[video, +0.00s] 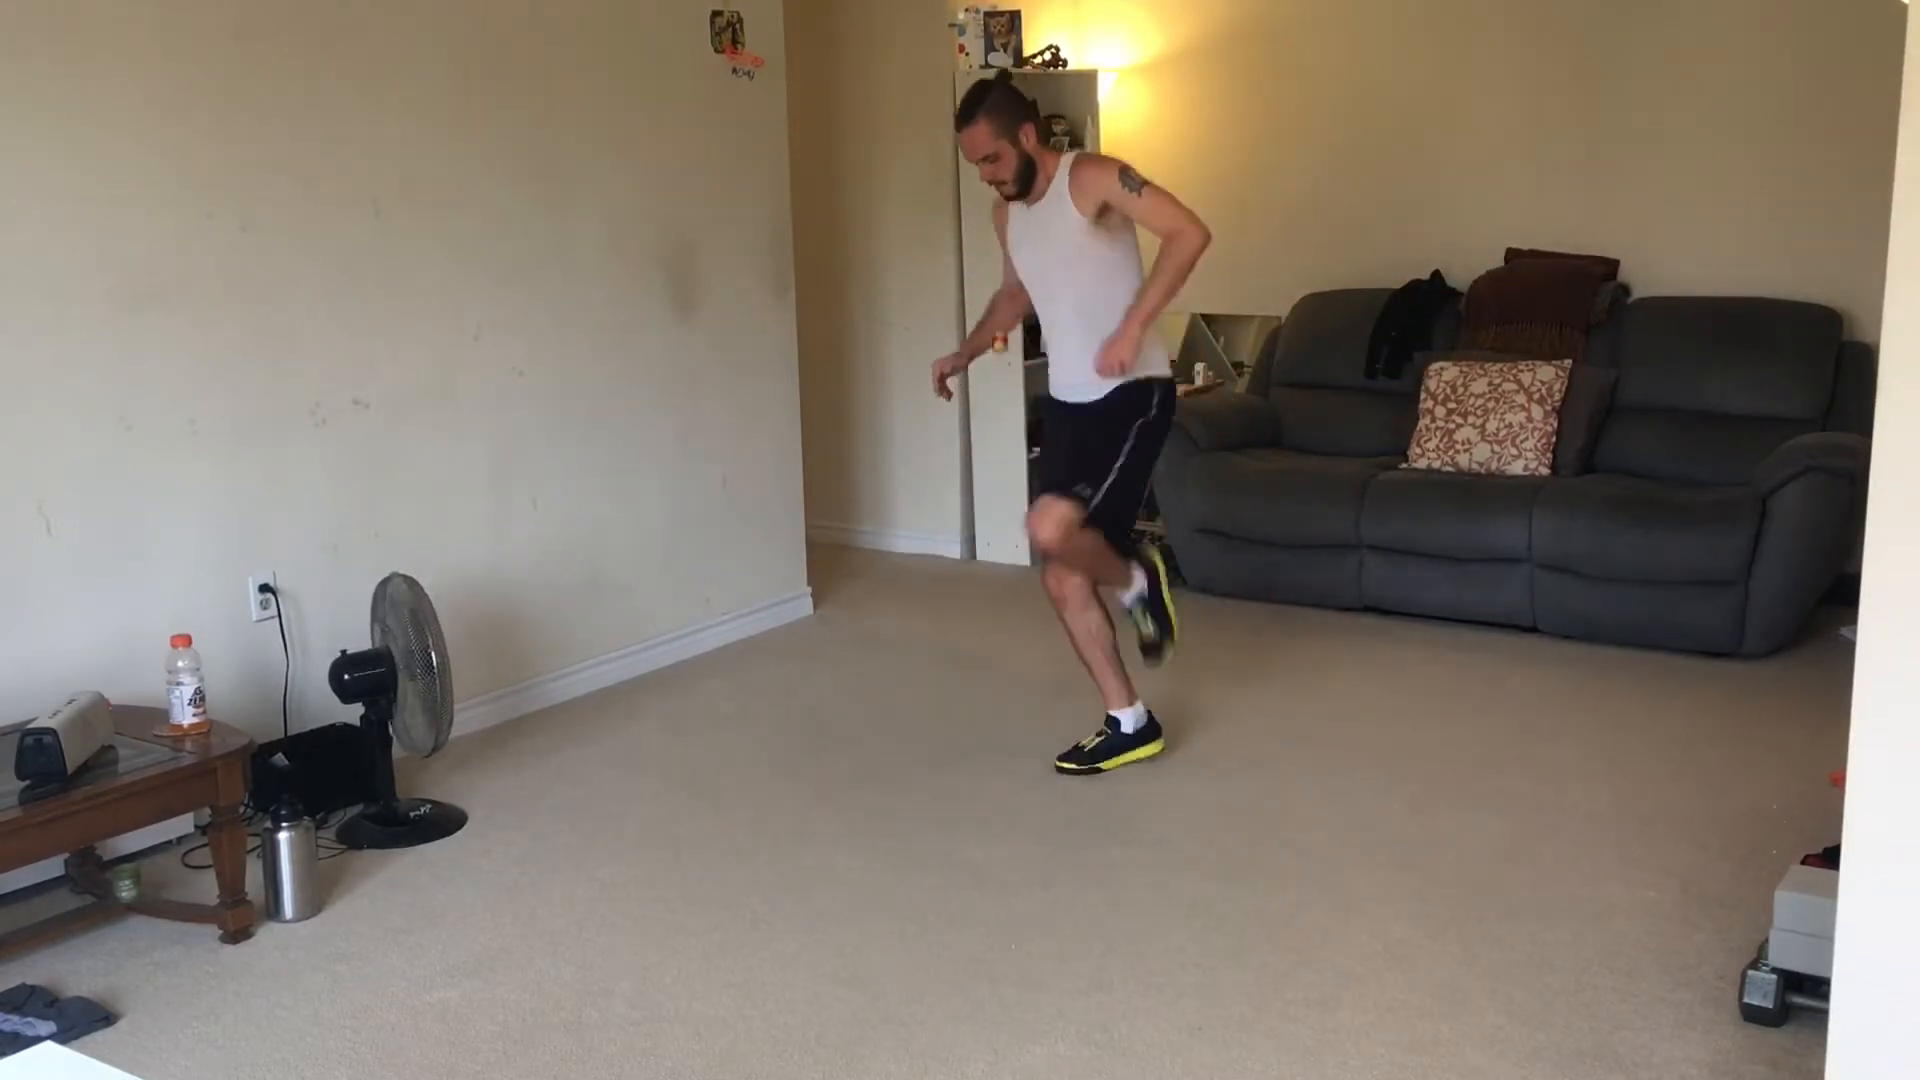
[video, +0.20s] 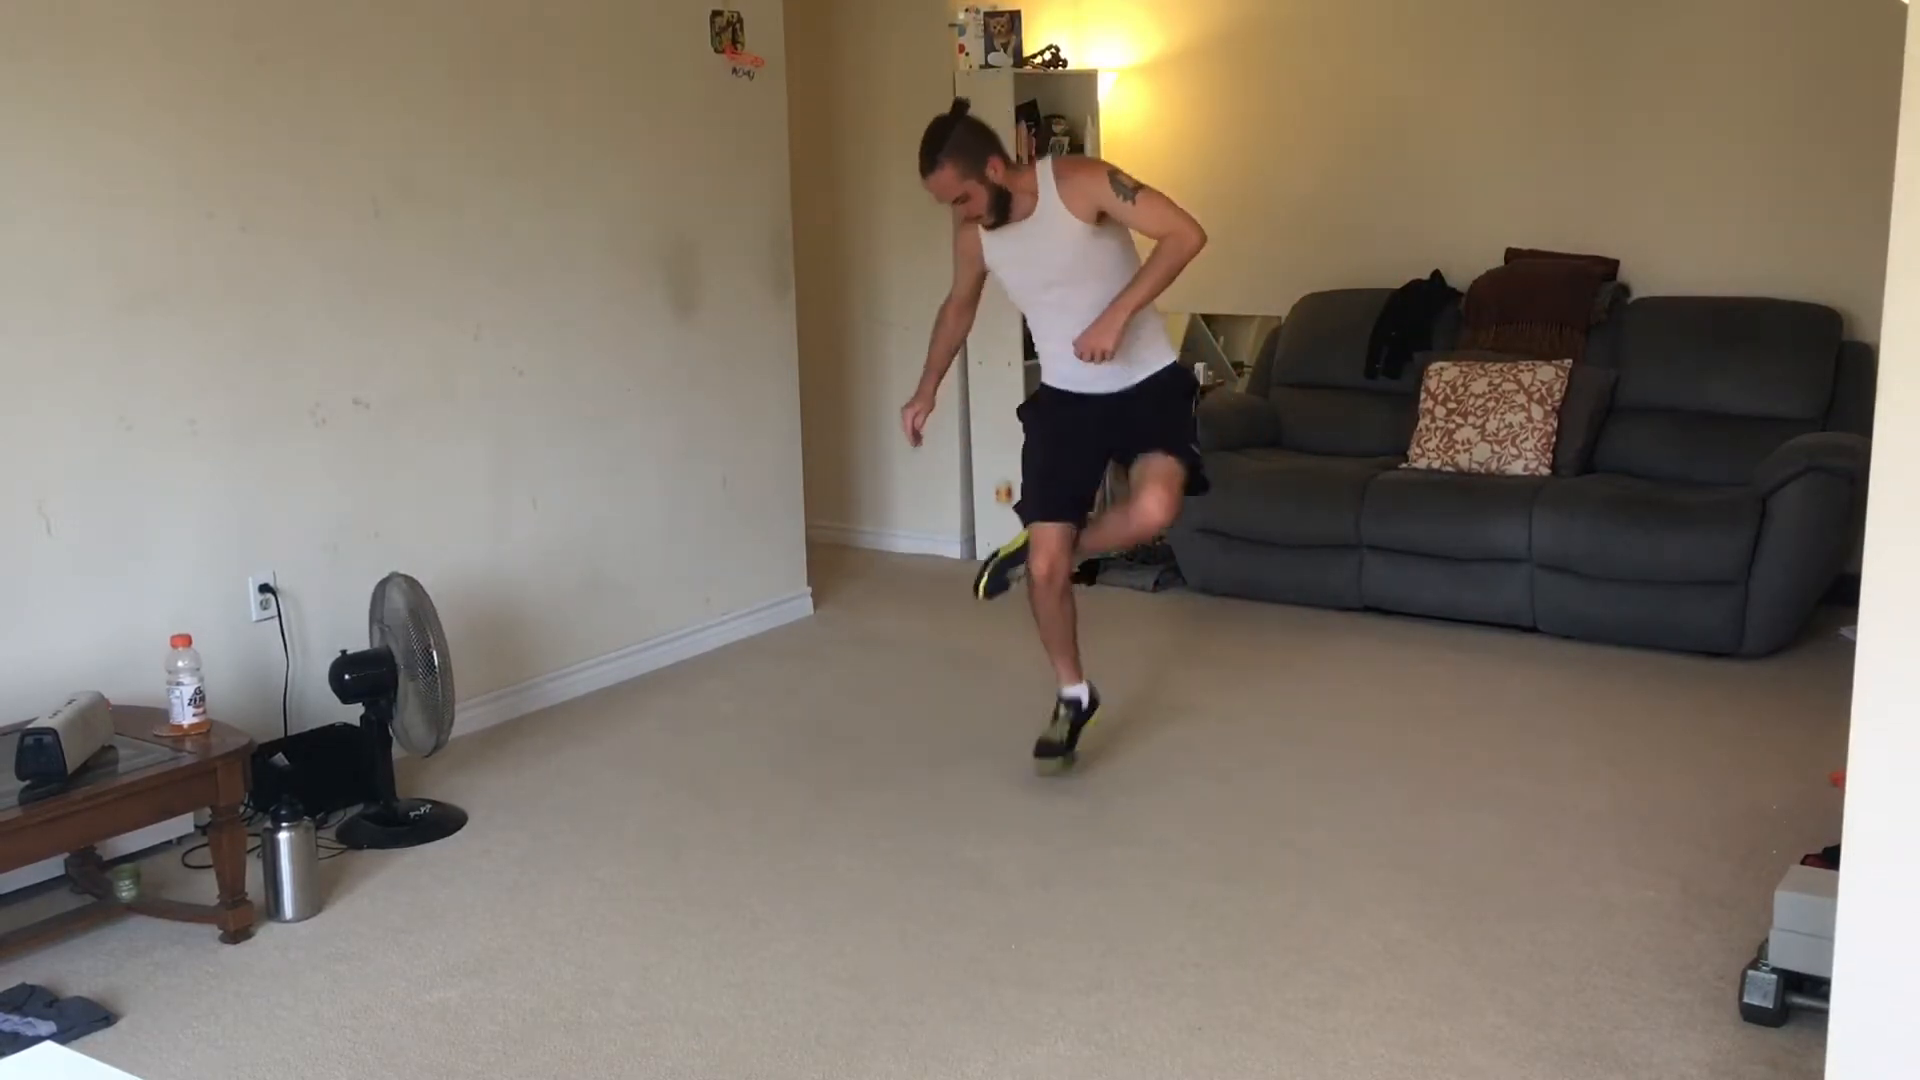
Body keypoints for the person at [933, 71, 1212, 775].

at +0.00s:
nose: (985, 175)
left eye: (991, 158)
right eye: (975, 163)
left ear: (1028, 133)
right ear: (974, 154)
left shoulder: (1093, 178)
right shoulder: (1008, 211)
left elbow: (1188, 233)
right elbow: (1019, 291)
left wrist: (1133, 327)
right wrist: (968, 351)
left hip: (1133, 390)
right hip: (1067, 399)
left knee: (1051, 526)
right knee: (1059, 568)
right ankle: (1129, 720)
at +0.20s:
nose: (960, 213)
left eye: (963, 198)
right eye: (948, 204)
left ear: (996, 166)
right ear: (949, 192)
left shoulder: (1082, 183)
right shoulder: (975, 232)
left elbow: (1187, 235)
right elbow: (959, 307)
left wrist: (1117, 315)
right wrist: (926, 389)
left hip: (1152, 385)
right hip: (1066, 400)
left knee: (1154, 512)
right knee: (1046, 564)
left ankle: (1045, 547)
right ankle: (1073, 695)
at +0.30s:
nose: (962, 264)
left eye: (965, 250)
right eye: (952, 256)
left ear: (996, 216)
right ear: (950, 239)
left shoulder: (1086, 221)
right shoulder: (973, 284)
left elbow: (1192, 253)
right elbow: (935, 360)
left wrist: (1149, 334)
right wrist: (901, 444)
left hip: (1140, 438)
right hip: (1056, 452)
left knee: (1168, 577)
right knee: (1069, 604)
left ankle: (1043, 613)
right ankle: (1081, 741)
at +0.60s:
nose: (982, 229)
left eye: (990, 214)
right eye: (972, 218)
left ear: (1027, 185)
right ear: (965, 202)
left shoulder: (1100, 208)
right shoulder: (975, 262)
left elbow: (1211, 227)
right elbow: (920, 343)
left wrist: (1188, 275)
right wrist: (889, 429)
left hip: (1095, 433)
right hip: (1027, 439)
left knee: (1112, 606)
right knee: (1076, 607)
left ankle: (968, 683)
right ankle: (1082, 737)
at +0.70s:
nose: (978, 186)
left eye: (988, 170)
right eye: (968, 173)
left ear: (1027, 148)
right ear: (961, 162)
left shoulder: (1089, 183)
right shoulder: (963, 225)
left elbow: (1205, 184)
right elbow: (915, 311)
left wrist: (1191, 210)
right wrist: (889, 394)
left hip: (1075, 420)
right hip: (1009, 424)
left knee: (1124, 574)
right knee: (1058, 587)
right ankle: (1075, 735)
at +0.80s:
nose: (958, 162)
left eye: (968, 146)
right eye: (948, 150)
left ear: (1007, 123)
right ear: (944, 140)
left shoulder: (1074, 162)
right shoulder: (946, 204)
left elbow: (1182, 156)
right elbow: (896, 282)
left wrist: (1258, 146)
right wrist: (861, 364)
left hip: (1076, 394)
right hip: (998, 405)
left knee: (1110, 559)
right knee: (1027, 571)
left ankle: (1022, 524)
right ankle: (1021, 721)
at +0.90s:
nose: (929, 191)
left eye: (932, 174)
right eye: (916, 182)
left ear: (966, 143)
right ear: (911, 173)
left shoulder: (1050, 171)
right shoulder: (928, 234)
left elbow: (1164, 170)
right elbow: (859, 310)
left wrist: (1262, 181)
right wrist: (811, 365)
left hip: (1080, 402)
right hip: (993, 412)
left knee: (1091, 583)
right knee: (969, 580)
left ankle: (1034, 550)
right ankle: (951, 700)